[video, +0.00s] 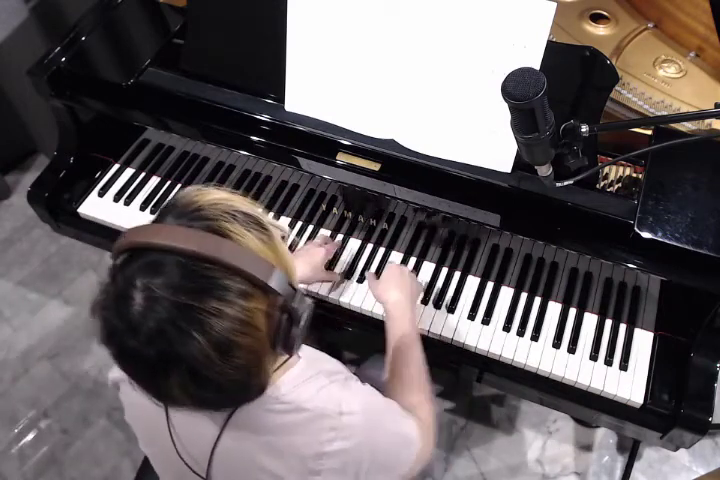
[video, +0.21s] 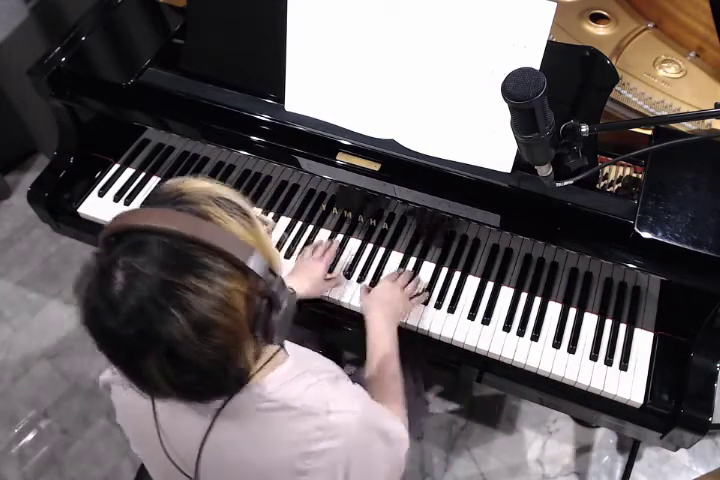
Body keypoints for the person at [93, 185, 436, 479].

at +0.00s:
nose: (285, 254)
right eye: (275, 253)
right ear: (267, 318)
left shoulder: (134, 368)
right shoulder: (335, 418)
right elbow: (416, 440)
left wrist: (287, 274)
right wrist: (401, 311)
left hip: (166, 464)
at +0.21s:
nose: (271, 243)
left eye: (259, 238)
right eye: (263, 246)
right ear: (248, 302)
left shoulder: (125, 374)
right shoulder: (329, 417)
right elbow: (390, 439)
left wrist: (288, 288)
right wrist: (382, 322)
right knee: (395, 357)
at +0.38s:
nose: (253, 235)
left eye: (244, 230)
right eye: (246, 237)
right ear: (233, 295)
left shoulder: (118, 376)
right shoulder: (317, 414)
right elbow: (382, 454)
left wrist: (286, 297)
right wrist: (372, 338)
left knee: (298, 328)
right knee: (393, 360)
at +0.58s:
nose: (221, 226)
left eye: (208, 221)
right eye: (212, 228)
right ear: (211, 297)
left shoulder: (103, 372)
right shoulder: (301, 416)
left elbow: (202, 341)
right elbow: (385, 464)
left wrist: (281, 287)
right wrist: (369, 346)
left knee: (306, 320)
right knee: (391, 359)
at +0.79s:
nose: (185, 232)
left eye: (172, 230)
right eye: (175, 238)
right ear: (172, 315)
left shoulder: (93, 377)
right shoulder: (280, 426)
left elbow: (192, 350)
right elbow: (385, 467)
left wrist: (288, 301)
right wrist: (374, 356)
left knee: (304, 320)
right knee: (398, 376)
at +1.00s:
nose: (166, 244)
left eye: (152, 244)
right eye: (155, 254)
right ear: (156, 342)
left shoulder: (83, 374)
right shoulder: (272, 435)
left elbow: (179, 345)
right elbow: (383, 465)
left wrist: (286, 301)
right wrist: (375, 361)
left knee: (302, 322)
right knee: (399, 377)